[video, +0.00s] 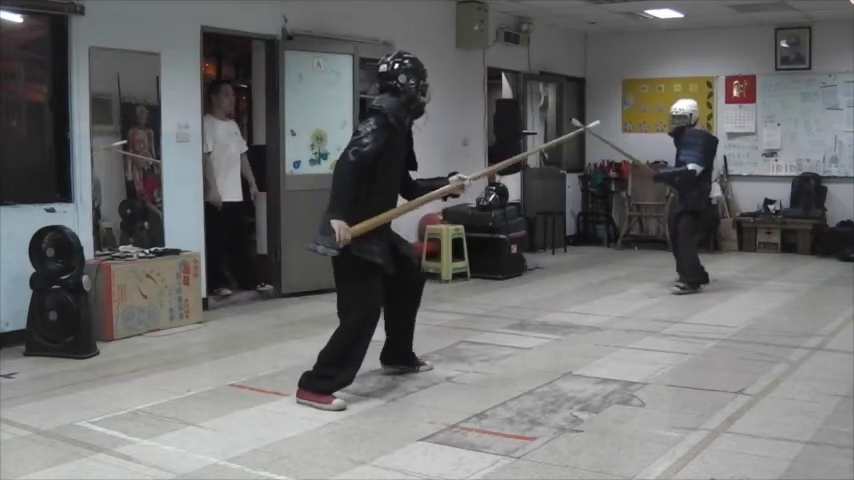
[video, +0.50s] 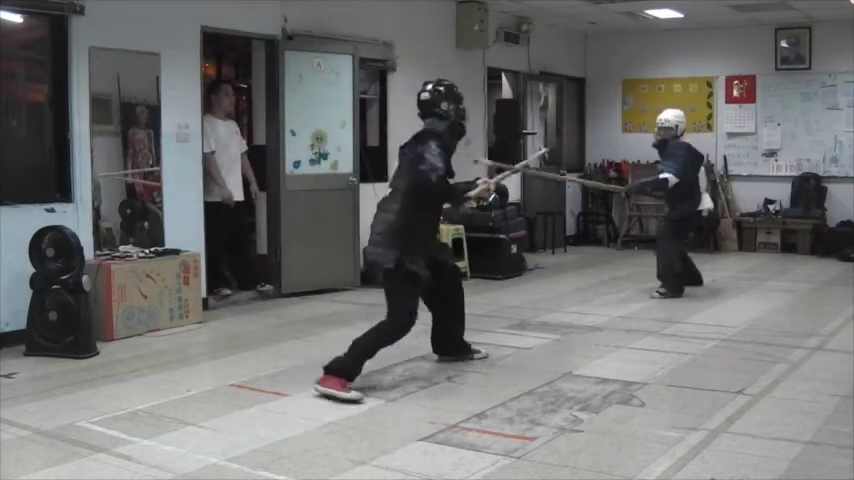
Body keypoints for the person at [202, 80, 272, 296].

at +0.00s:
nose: (232, 99)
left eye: (232, 96)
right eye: (227, 96)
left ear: (231, 99)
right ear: (214, 98)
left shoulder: (232, 125)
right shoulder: (206, 123)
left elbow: (242, 157)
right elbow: (205, 158)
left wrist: (252, 183)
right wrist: (212, 188)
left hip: (237, 196)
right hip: (216, 197)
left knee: (241, 242)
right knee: (217, 244)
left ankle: (250, 281)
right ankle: (217, 285)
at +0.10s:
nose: (232, 100)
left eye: (232, 96)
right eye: (227, 95)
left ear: (232, 99)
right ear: (214, 98)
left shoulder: (232, 126)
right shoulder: (206, 123)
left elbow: (242, 157)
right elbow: (205, 158)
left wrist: (252, 183)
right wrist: (213, 188)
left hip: (237, 196)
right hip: (216, 197)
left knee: (241, 242)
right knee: (217, 244)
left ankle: (250, 281)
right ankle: (217, 285)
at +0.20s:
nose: (232, 100)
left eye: (232, 96)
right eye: (227, 95)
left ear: (232, 99)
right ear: (214, 98)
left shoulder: (232, 125)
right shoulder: (206, 123)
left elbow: (242, 157)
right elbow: (205, 159)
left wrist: (252, 183)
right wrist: (214, 188)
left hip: (237, 196)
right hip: (215, 197)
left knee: (241, 242)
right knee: (217, 244)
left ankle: (250, 281)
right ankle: (217, 285)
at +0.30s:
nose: (232, 99)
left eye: (232, 95)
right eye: (227, 95)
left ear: (232, 99)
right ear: (214, 98)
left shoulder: (232, 125)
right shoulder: (206, 123)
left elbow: (242, 156)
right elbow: (207, 157)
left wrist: (252, 183)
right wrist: (217, 186)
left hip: (237, 196)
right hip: (215, 197)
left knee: (241, 241)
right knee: (217, 244)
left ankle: (249, 280)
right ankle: (217, 284)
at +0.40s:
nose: (232, 99)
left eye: (232, 95)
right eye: (227, 95)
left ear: (232, 99)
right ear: (214, 98)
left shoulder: (232, 125)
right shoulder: (206, 123)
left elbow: (242, 156)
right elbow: (207, 158)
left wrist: (252, 183)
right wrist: (221, 187)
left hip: (237, 196)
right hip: (214, 198)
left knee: (241, 241)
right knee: (217, 244)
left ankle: (249, 280)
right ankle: (217, 285)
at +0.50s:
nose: (232, 99)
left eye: (232, 95)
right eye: (227, 95)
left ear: (231, 99)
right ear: (214, 98)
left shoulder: (232, 125)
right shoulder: (206, 123)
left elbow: (243, 156)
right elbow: (207, 158)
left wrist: (252, 183)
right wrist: (222, 187)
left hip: (237, 196)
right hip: (214, 198)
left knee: (241, 241)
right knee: (217, 244)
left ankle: (249, 280)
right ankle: (217, 285)